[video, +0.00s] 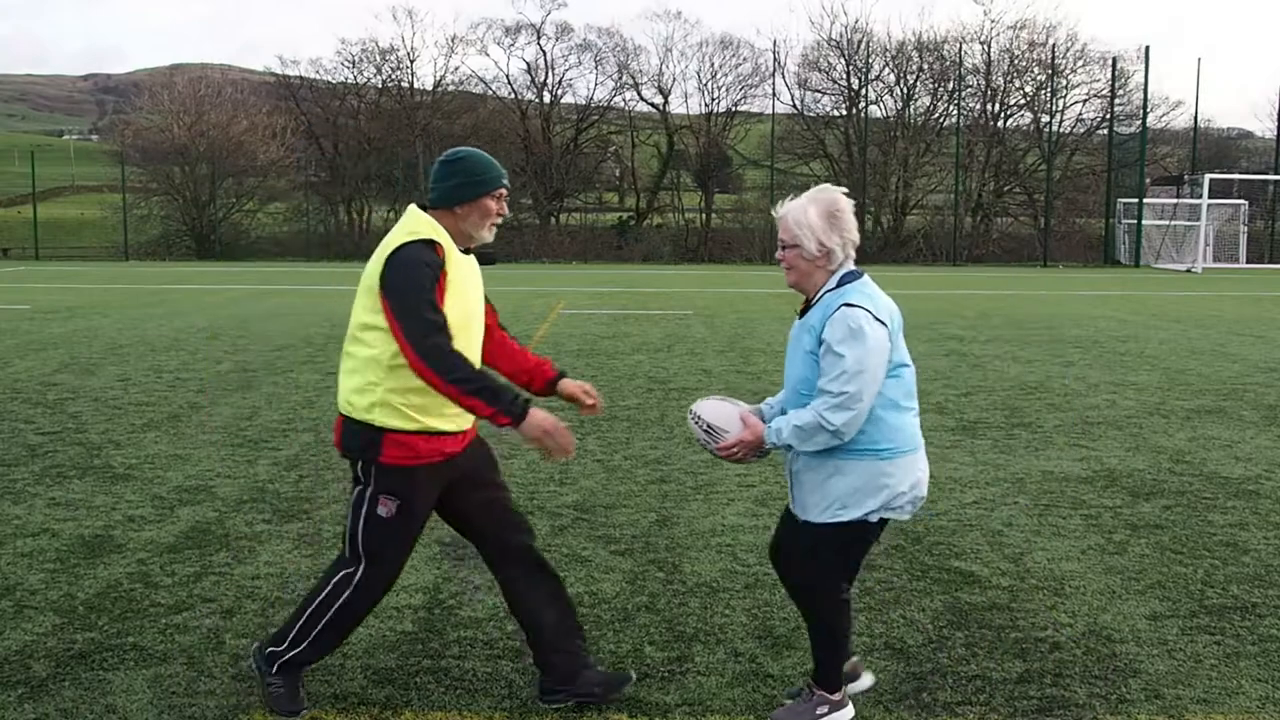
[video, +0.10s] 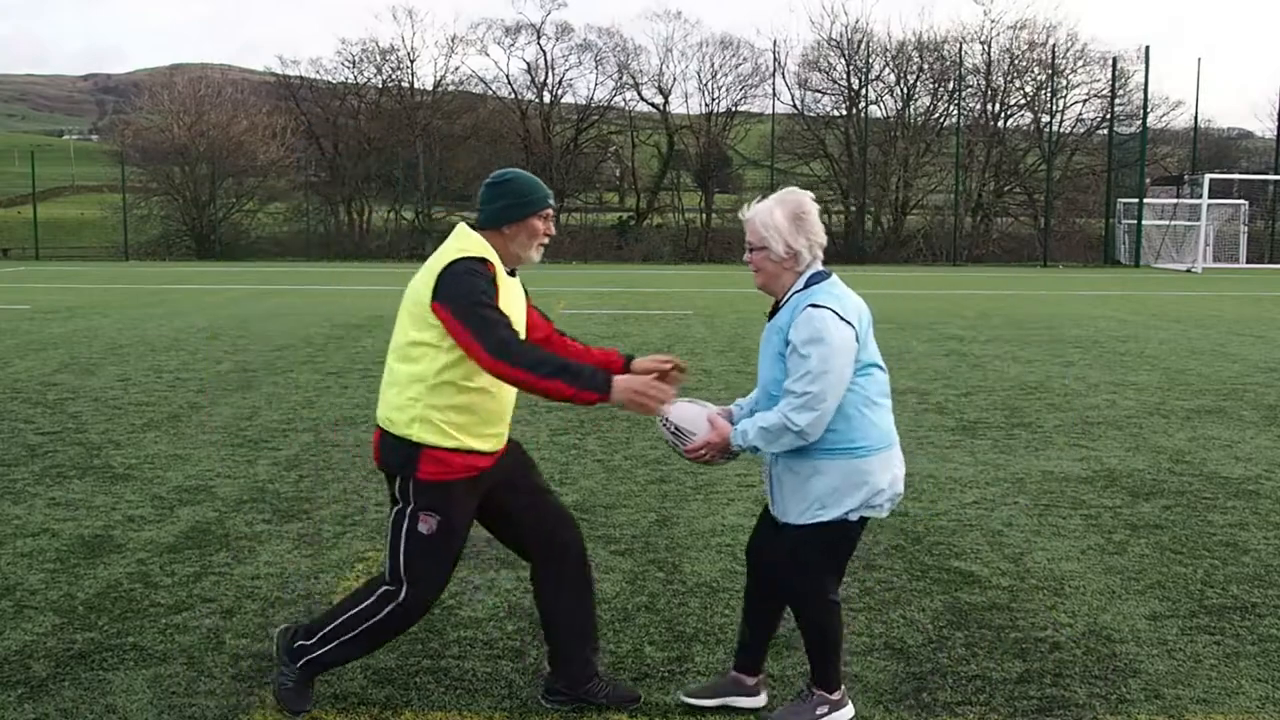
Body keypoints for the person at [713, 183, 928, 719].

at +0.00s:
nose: (779, 257)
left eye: (788, 246)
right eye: (779, 245)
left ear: (824, 251)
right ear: (821, 252)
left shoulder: (855, 316)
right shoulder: (822, 307)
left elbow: (838, 415)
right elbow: (805, 392)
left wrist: (768, 436)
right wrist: (756, 418)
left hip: (866, 475)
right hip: (832, 466)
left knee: (823, 575)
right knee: (789, 554)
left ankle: (828, 695)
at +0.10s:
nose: (747, 260)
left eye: (756, 250)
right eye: (747, 249)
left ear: (792, 253)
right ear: (790, 254)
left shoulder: (822, 316)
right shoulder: (792, 309)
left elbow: (803, 418)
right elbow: (775, 393)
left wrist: (736, 438)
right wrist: (726, 417)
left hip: (845, 473)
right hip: (807, 466)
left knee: (810, 578)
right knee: (765, 556)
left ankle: (827, 695)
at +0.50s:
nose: (676, 251)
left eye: (685, 241)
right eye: (677, 240)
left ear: (720, 245)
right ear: (719, 245)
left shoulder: (749, 305)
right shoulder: (722, 300)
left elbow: (722, 403)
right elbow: (708, 390)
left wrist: (657, 413)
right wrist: (657, 412)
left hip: (761, 469)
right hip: (729, 465)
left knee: (741, 576)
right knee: (713, 569)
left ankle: (777, 697)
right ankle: (721, 685)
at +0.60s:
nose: (669, 247)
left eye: (679, 236)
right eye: (671, 235)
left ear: (713, 243)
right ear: (713, 243)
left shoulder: (739, 304)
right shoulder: (716, 299)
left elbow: (710, 401)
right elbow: (696, 383)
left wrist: (648, 412)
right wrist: (647, 411)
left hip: (752, 470)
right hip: (722, 466)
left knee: (746, 582)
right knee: (711, 573)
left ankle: (778, 698)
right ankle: (720, 686)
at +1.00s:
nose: (680, 240)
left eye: (689, 230)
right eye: (682, 229)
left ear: (722, 240)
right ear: (722, 241)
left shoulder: (749, 304)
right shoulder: (726, 297)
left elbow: (731, 403)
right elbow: (712, 382)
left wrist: (662, 400)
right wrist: (660, 393)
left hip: (754, 474)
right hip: (723, 470)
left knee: (756, 587)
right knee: (714, 576)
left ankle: (779, 700)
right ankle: (720, 686)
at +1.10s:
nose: (688, 238)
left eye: (697, 228)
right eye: (689, 227)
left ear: (731, 239)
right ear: (729, 240)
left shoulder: (757, 303)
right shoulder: (732, 296)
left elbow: (743, 402)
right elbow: (718, 379)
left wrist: (673, 403)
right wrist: (666, 391)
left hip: (760, 473)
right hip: (728, 469)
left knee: (761, 587)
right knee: (717, 576)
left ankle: (780, 701)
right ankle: (720, 685)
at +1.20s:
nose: (692, 238)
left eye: (702, 228)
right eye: (694, 227)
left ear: (736, 238)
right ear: (734, 239)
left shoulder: (762, 303)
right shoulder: (736, 296)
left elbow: (753, 401)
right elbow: (723, 378)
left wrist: (683, 406)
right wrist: (674, 394)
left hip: (766, 472)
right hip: (734, 468)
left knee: (765, 586)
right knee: (723, 575)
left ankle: (781, 702)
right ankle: (721, 684)